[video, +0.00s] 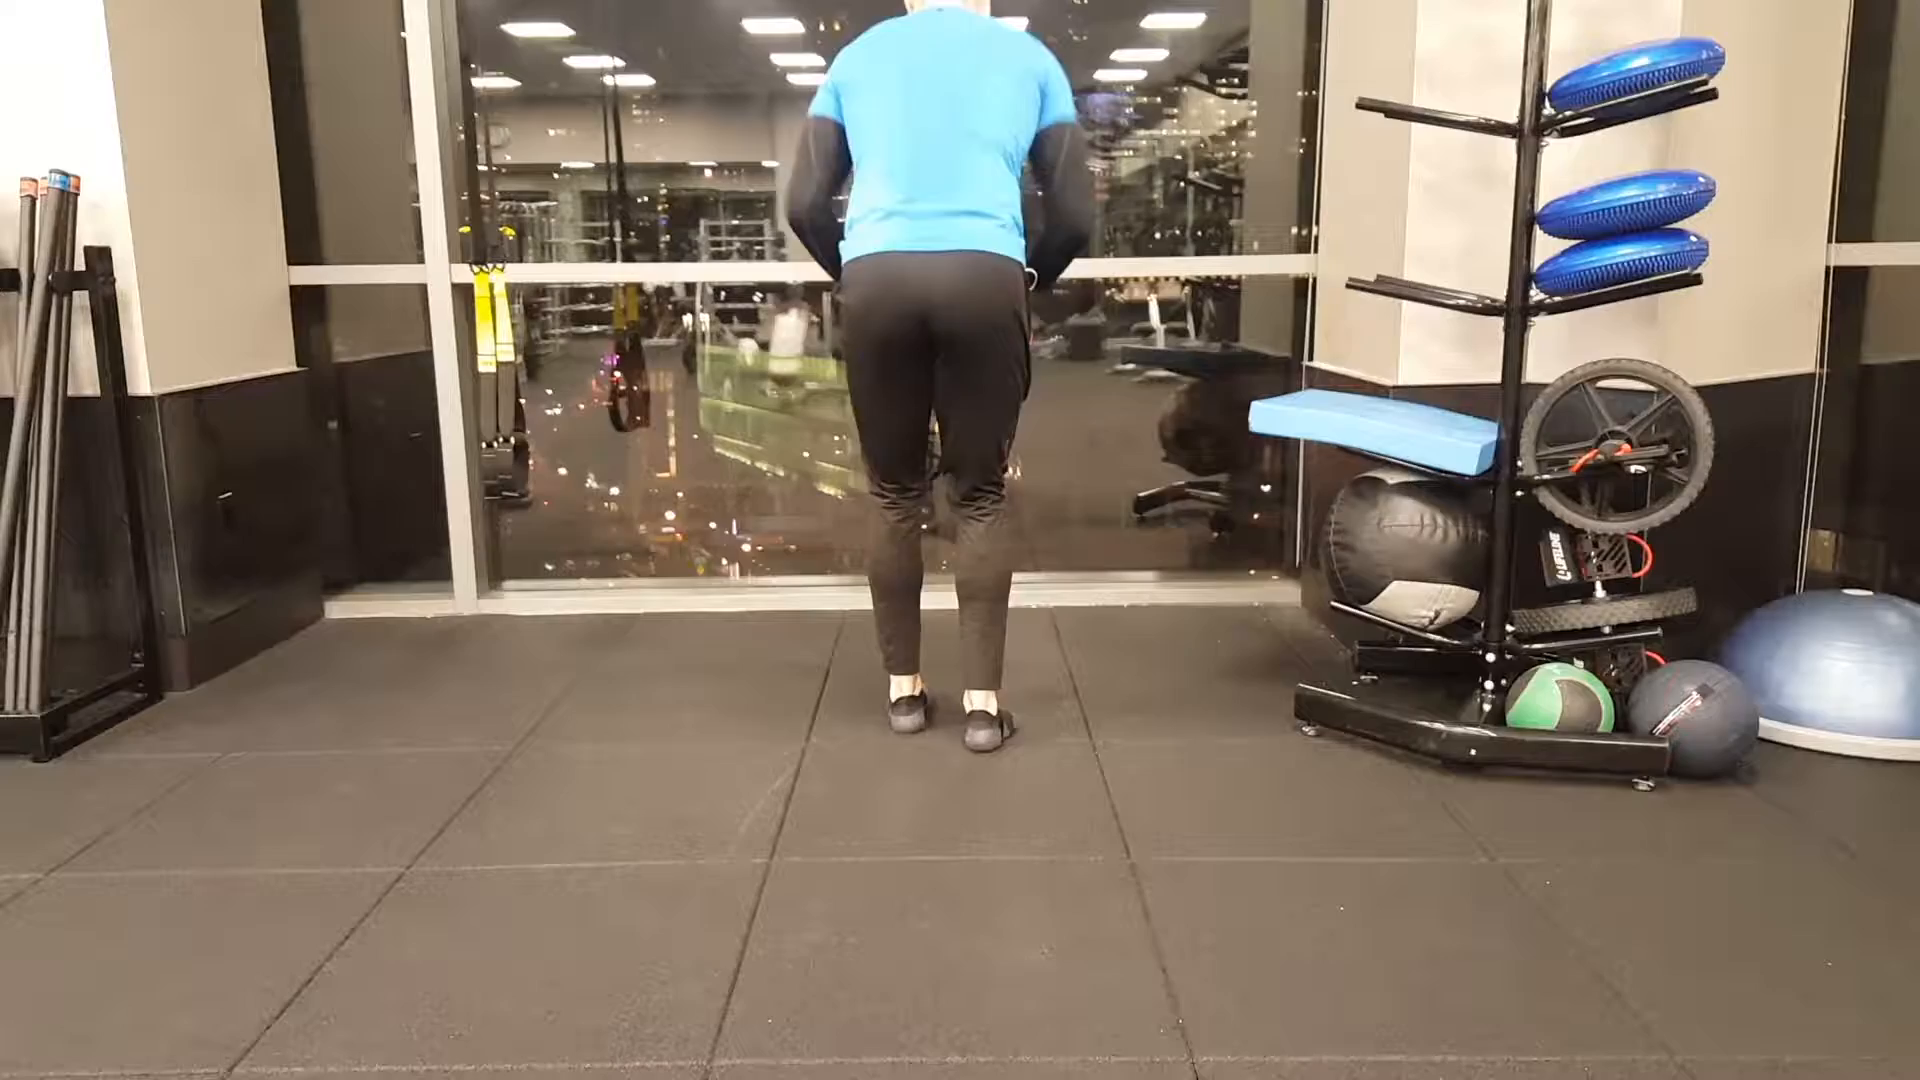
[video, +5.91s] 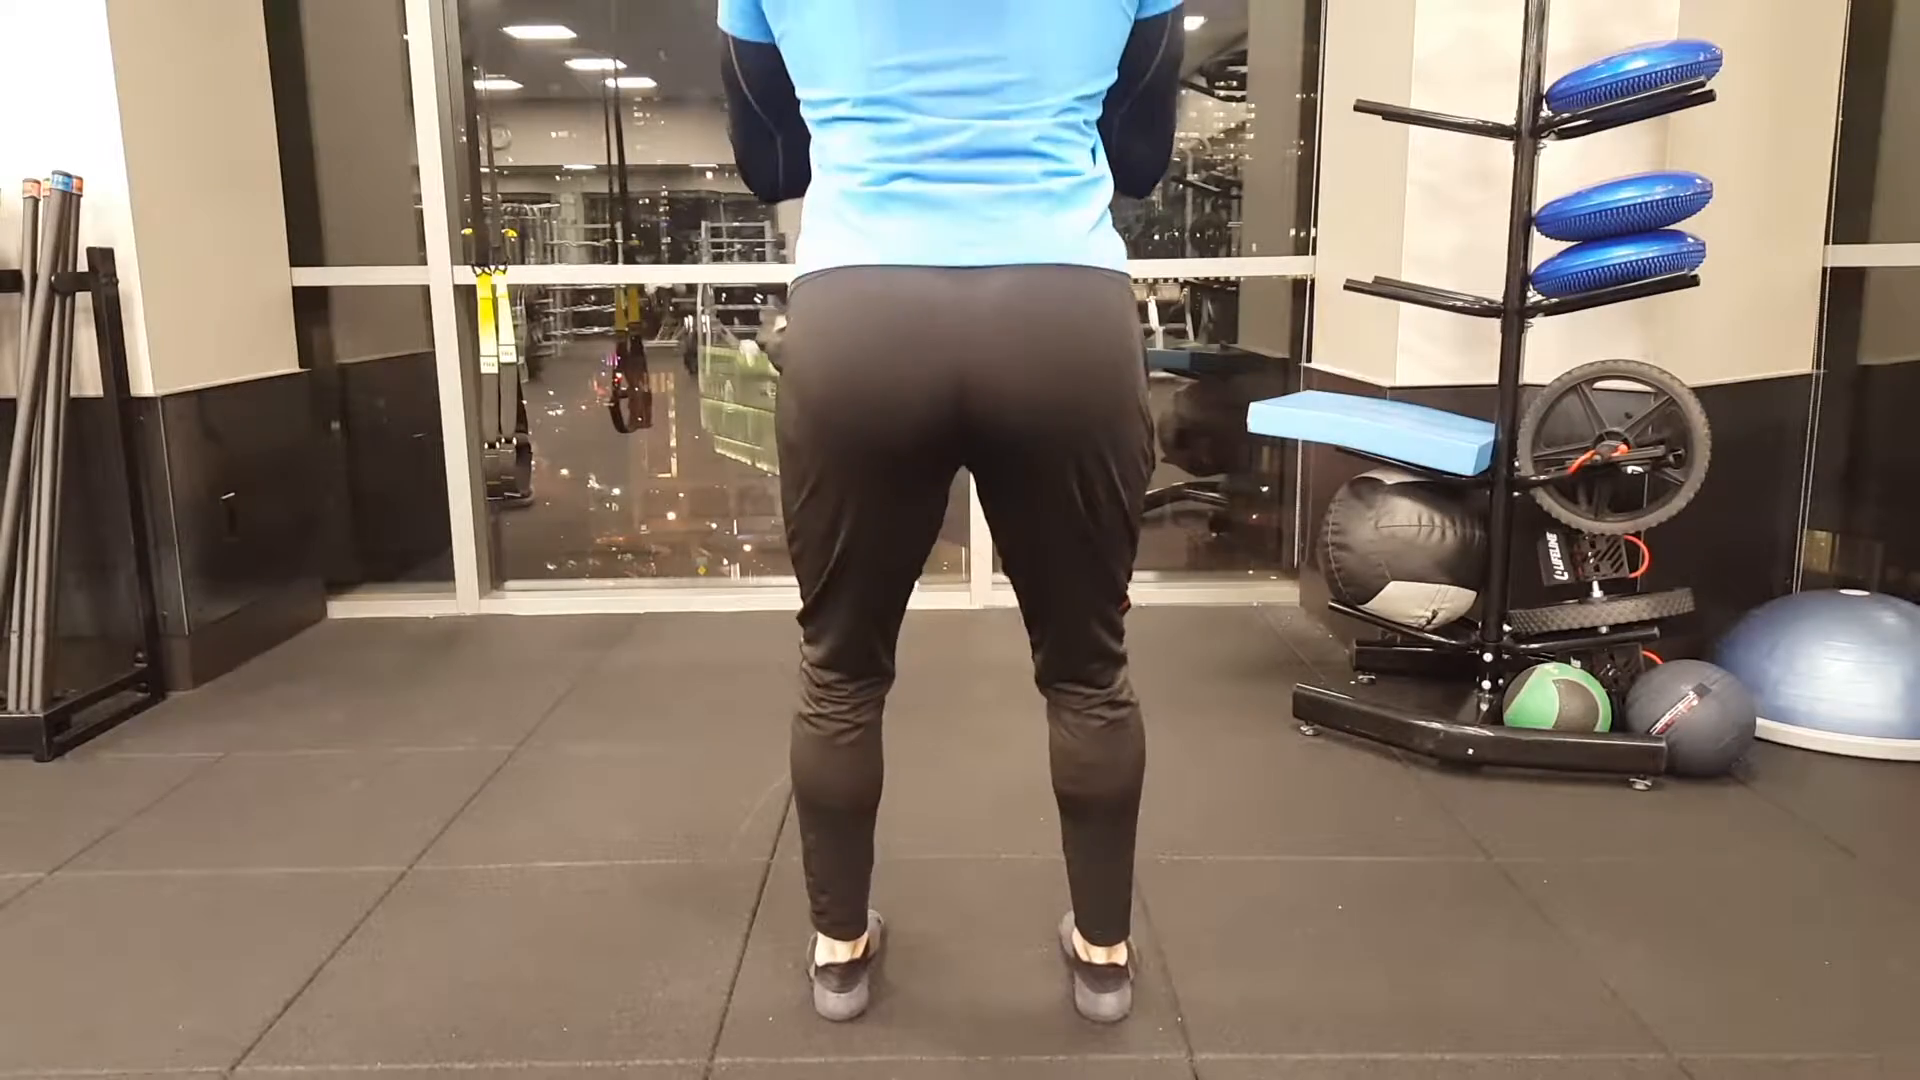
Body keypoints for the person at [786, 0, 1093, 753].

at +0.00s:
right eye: (1006, 15)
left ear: (910, 5)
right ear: (988, 7)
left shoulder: (857, 54)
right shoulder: (1031, 55)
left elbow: (803, 205)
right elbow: (1075, 218)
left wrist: (854, 275)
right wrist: (1030, 280)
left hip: (876, 275)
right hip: (983, 272)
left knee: (895, 494)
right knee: (979, 496)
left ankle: (904, 692)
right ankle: (982, 708)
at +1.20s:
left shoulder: (783, 5)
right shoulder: (1042, 3)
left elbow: (756, 175)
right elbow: (1078, 163)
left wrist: (821, 278)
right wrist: (1025, 265)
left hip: (855, 283)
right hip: (996, 280)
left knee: (872, 554)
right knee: (999, 554)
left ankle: (878, 798)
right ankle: (1001, 801)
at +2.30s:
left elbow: (735, 133)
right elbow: (1116, 131)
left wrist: (866, 141)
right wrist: (994, 144)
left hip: (844, 262)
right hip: (1026, 265)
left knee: (851, 641)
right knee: (1035, 632)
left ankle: (855, 949)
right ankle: (1060, 952)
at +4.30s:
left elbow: (766, 118)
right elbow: (1154, 114)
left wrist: (891, 84)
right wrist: (1034, 101)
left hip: (875, 273)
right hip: (1055, 268)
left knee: (859, 644)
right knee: (1072, 631)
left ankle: (846, 955)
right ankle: (1103, 952)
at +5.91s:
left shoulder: (771, 4)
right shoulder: (1131, 2)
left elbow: (773, 167)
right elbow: (1138, 161)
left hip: (855, 311)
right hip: (1067, 312)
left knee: (842, 666)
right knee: (1086, 664)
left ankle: (839, 955)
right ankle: (1105, 959)